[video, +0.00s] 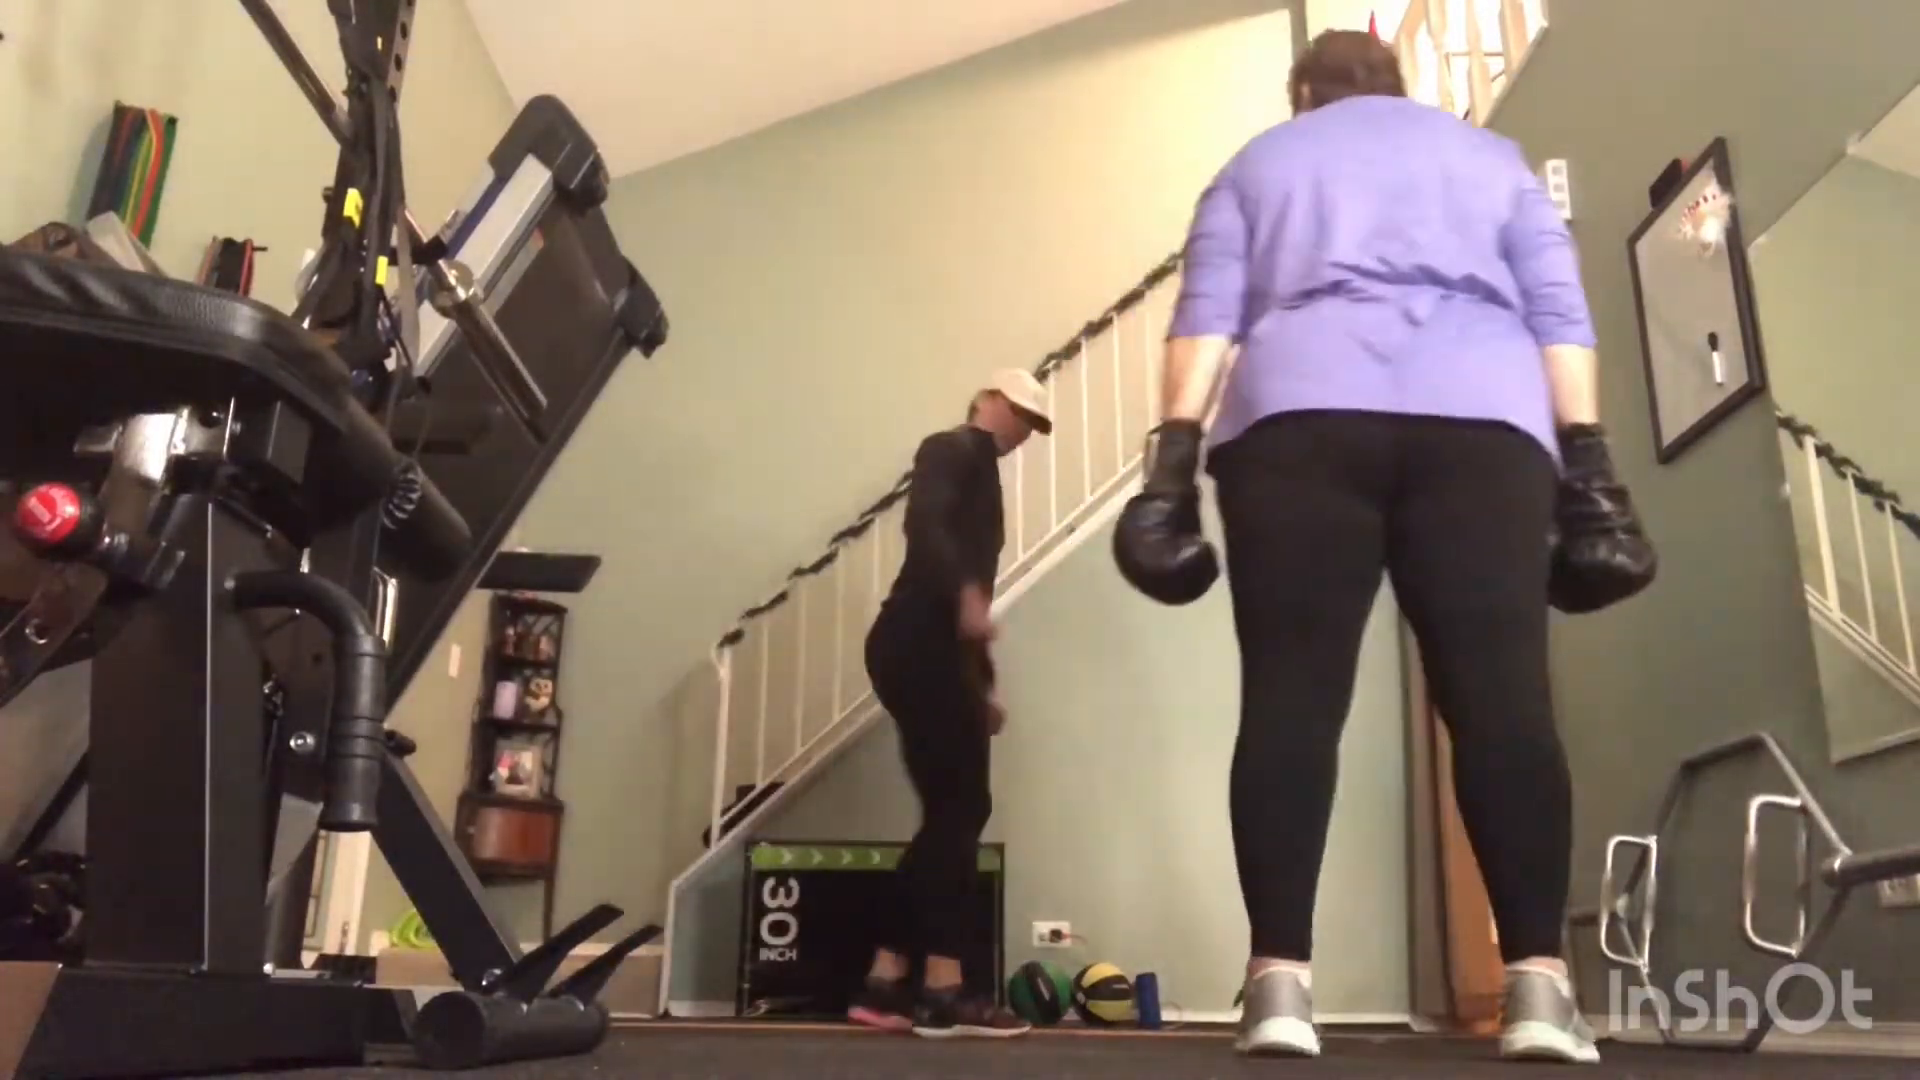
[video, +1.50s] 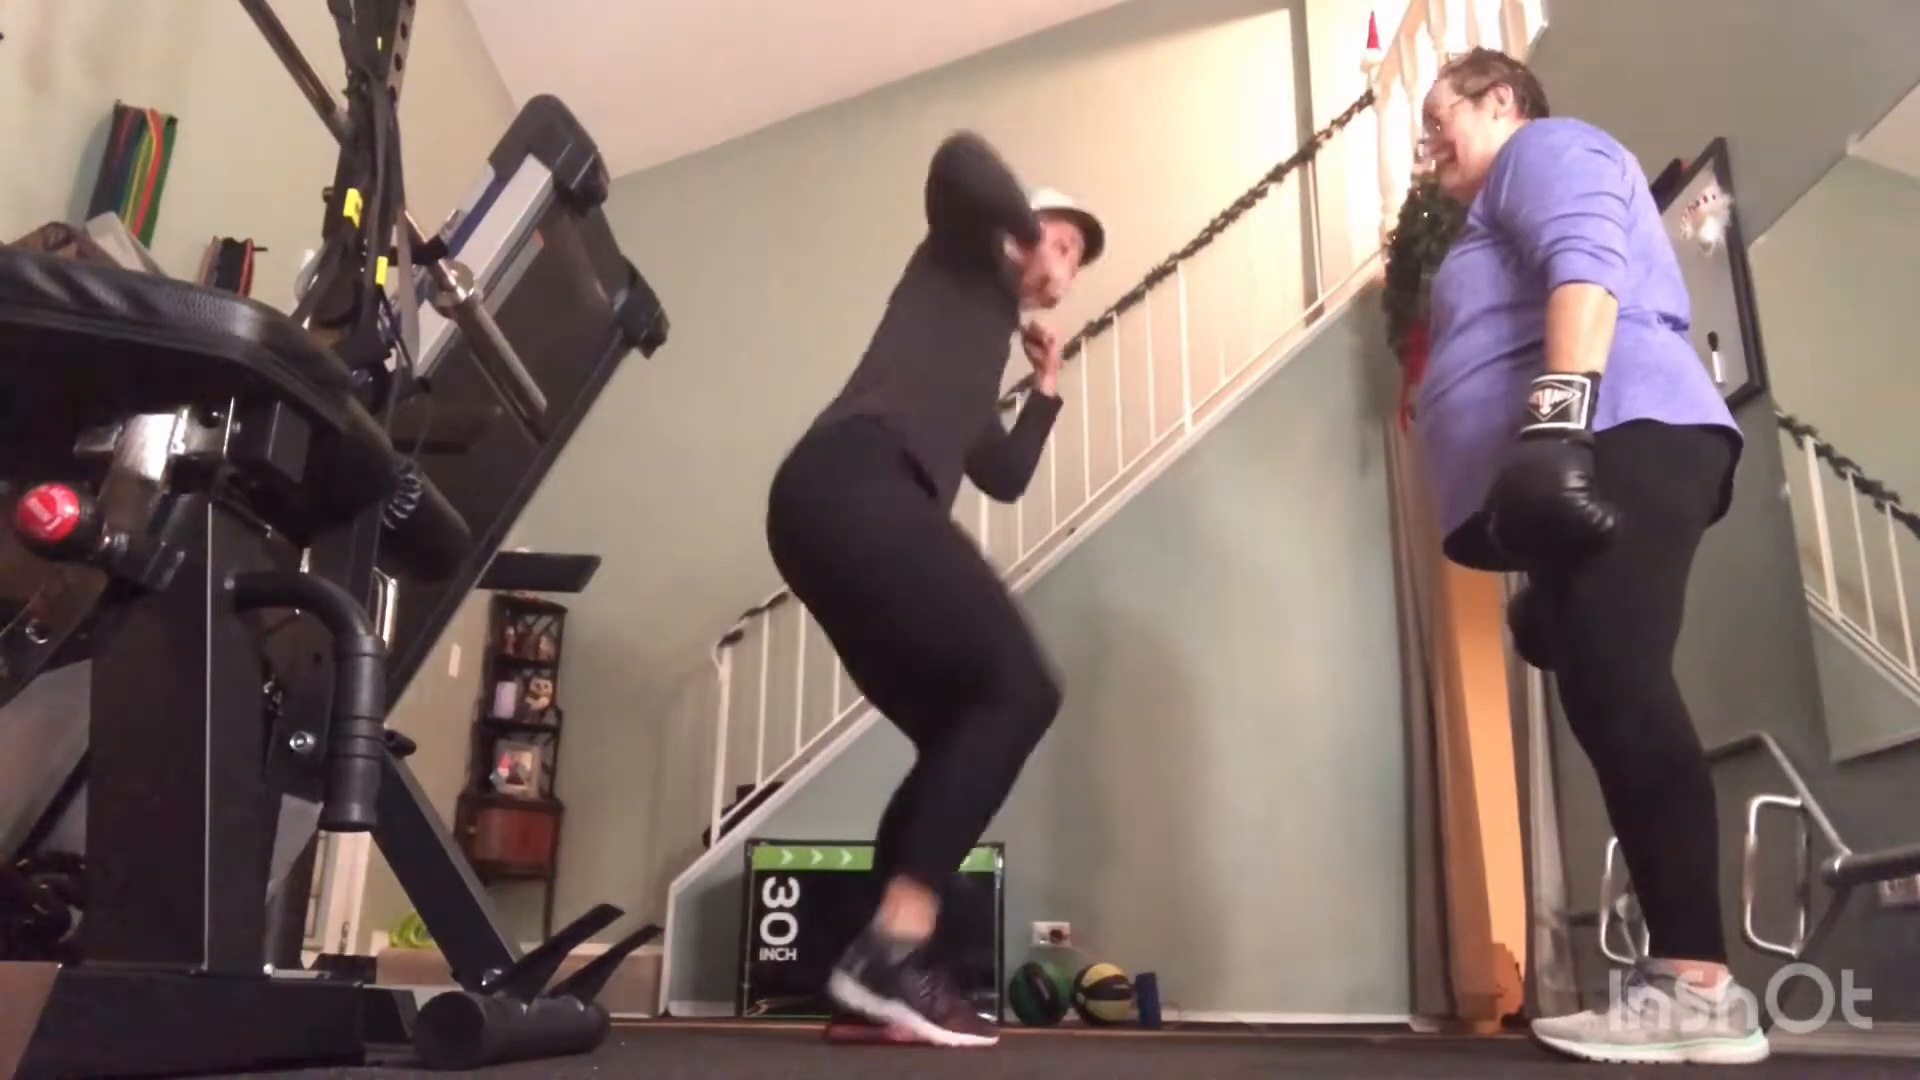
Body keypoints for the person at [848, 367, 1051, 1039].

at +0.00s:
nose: (1027, 434)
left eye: (1033, 426)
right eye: (1023, 419)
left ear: (1005, 416)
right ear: (991, 404)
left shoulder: (985, 477)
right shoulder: (954, 446)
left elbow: (972, 594)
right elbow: (929, 523)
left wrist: (981, 685)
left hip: (935, 644)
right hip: (916, 638)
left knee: (954, 811)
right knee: (962, 806)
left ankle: (887, 979)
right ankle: (942, 986)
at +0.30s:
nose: (1028, 417)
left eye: (1037, 410)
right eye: (1031, 400)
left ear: (1011, 384)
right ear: (1002, 371)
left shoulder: (963, 433)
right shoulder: (943, 409)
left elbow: (913, 515)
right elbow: (893, 488)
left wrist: (903, 600)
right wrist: (887, 581)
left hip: (866, 605)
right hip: (859, 602)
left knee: (914, 784)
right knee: (917, 782)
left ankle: (872, 982)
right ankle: (867, 984)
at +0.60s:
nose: (1037, 281)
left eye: (1041, 272)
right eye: (1022, 264)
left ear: (1018, 284)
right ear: (978, 268)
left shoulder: (979, 346)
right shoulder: (960, 325)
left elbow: (950, 465)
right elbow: (947, 434)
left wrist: (950, 589)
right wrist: (964, 546)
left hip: (899, 549)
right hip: (878, 540)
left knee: (948, 757)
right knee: (928, 751)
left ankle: (894, 966)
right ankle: (864, 975)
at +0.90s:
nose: (993, 403)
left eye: (1000, 398)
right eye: (981, 389)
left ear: (994, 416)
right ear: (945, 393)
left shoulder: (942, 473)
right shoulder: (924, 438)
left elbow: (955, 593)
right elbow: (920, 520)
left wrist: (996, 548)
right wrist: (981, 506)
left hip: (845, 631)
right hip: (857, 623)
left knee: (899, 798)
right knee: (924, 785)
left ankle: (853, 971)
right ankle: (857, 967)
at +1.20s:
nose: (1020, 398)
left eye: (1026, 389)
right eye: (1014, 381)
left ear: (1013, 402)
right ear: (979, 377)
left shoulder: (951, 473)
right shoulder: (937, 408)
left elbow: (964, 574)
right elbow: (918, 357)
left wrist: (999, 501)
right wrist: (1002, 381)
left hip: (850, 604)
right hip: (843, 588)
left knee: (917, 783)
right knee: (921, 779)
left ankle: (864, 983)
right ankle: (861, 985)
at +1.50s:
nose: (1064, 265)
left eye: (1075, 260)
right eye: (1058, 243)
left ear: (1068, 282)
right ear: (1020, 237)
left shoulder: (976, 363)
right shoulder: (967, 259)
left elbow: (1004, 474)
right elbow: (960, 155)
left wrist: (1048, 382)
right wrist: (1020, 230)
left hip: (828, 514)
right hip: (854, 476)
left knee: (958, 733)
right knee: (1020, 692)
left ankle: (880, 975)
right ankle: (894, 947)